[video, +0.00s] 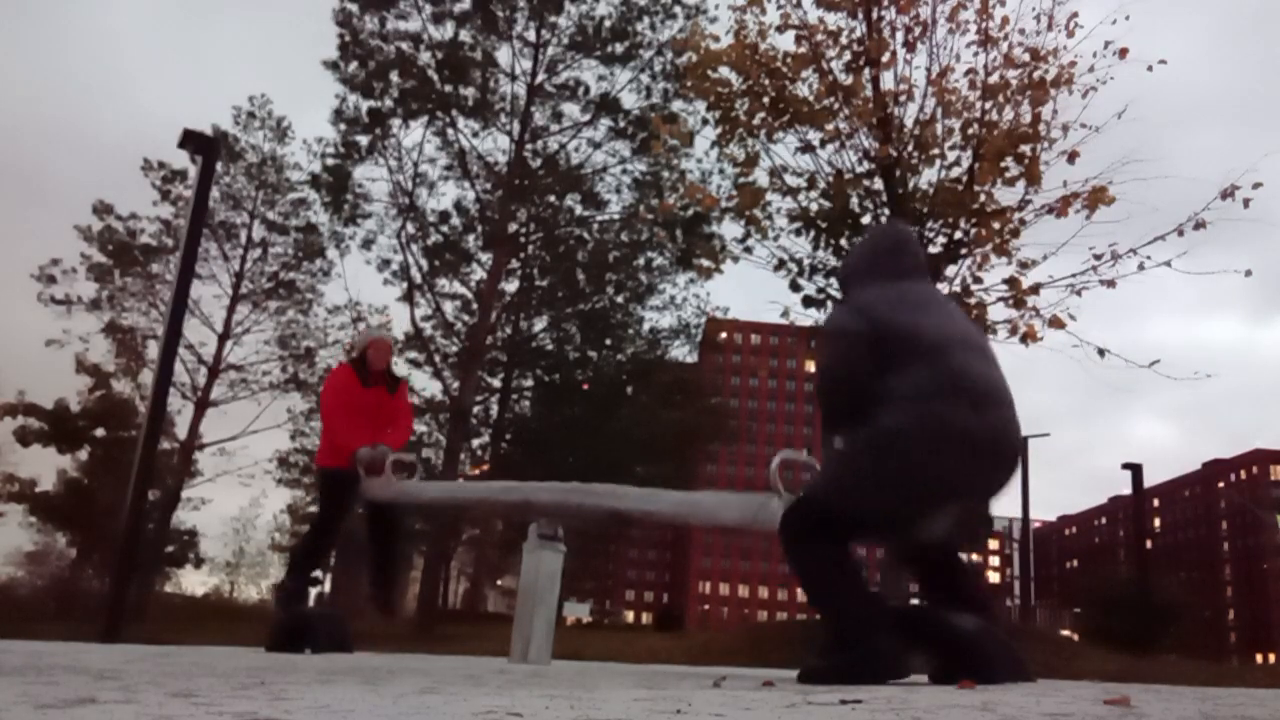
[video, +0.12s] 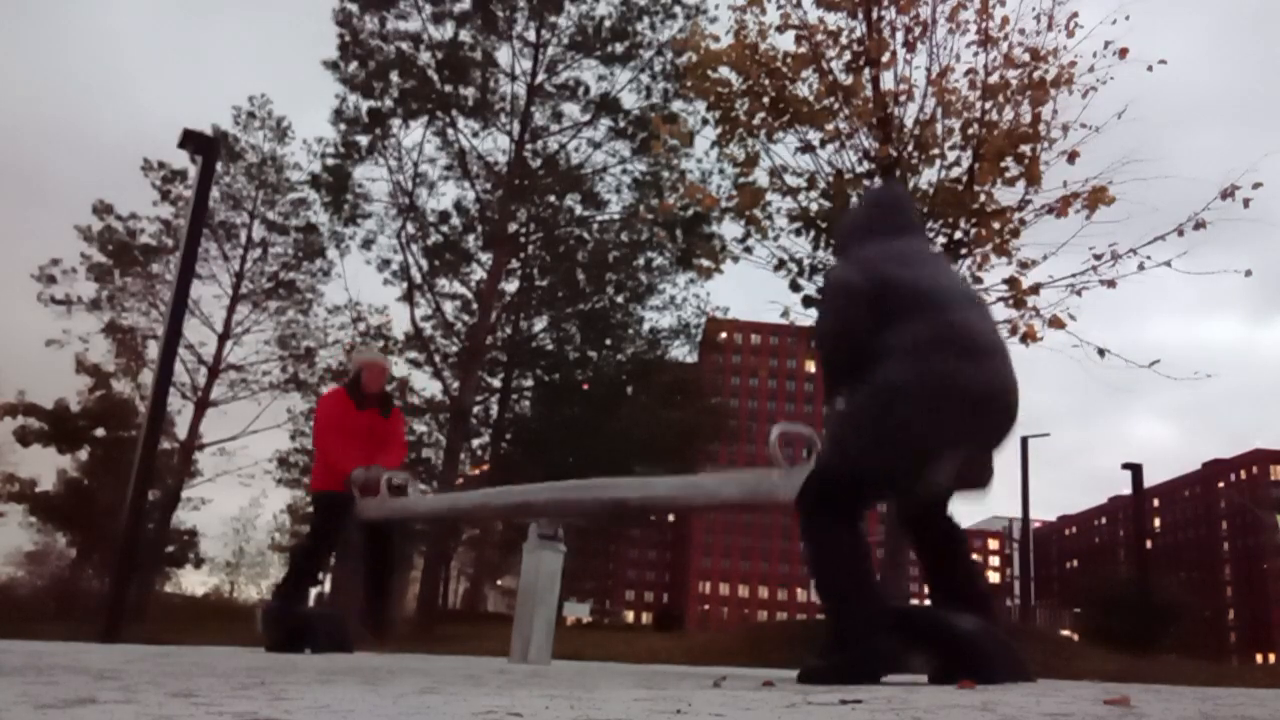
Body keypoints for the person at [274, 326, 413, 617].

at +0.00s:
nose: (381, 354)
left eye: (386, 349)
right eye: (376, 348)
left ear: (392, 353)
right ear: (363, 351)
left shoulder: (397, 386)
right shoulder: (342, 377)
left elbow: (404, 426)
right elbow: (333, 420)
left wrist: (385, 446)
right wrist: (358, 448)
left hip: (378, 469)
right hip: (338, 463)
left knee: (387, 528)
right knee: (329, 523)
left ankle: (384, 598)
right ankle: (293, 588)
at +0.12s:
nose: (377, 378)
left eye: (382, 373)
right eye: (372, 371)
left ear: (387, 377)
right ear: (358, 373)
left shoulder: (391, 413)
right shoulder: (334, 401)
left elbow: (397, 449)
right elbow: (328, 444)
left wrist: (379, 468)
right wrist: (352, 471)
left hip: (373, 494)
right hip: (333, 488)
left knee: (382, 552)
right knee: (321, 545)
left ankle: (375, 621)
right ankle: (284, 608)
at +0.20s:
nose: (369, 396)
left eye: (375, 391)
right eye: (364, 390)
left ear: (382, 395)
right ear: (353, 391)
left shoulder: (384, 428)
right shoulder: (331, 413)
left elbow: (390, 468)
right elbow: (319, 458)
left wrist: (375, 486)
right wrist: (346, 486)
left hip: (365, 511)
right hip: (327, 505)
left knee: (377, 564)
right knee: (317, 564)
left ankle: (364, 634)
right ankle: (273, 621)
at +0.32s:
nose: (365, 419)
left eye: (369, 413)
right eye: (359, 412)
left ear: (374, 416)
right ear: (346, 413)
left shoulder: (375, 450)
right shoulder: (322, 437)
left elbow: (382, 488)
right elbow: (310, 481)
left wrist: (368, 508)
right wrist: (339, 506)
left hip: (358, 527)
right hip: (320, 521)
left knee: (372, 577)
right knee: (312, 574)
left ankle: (362, 638)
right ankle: (268, 626)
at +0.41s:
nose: (362, 431)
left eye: (367, 426)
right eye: (357, 425)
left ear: (371, 429)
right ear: (343, 425)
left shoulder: (370, 461)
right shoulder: (315, 451)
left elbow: (374, 500)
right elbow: (306, 495)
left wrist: (368, 519)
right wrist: (337, 515)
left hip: (352, 535)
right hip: (315, 530)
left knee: (376, 572)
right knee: (313, 578)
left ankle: (358, 636)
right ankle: (274, 627)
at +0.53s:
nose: (356, 448)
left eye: (361, 442)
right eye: (351, 441)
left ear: (365, 446)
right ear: (337, 441)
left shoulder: (364, 476)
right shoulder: (309, 465)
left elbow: (369, 511)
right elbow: (297, 506)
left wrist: (361, 529)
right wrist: (333, 527)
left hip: (349, 547)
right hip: (311, 542)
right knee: (315, 584)